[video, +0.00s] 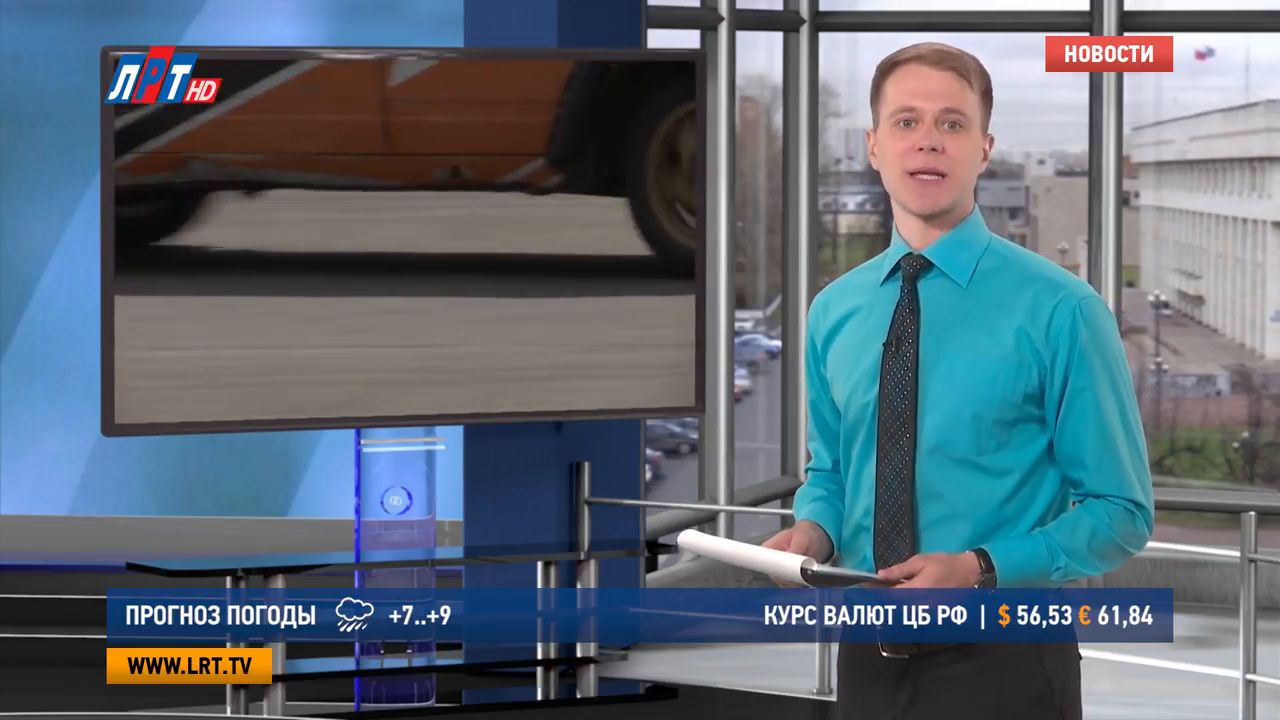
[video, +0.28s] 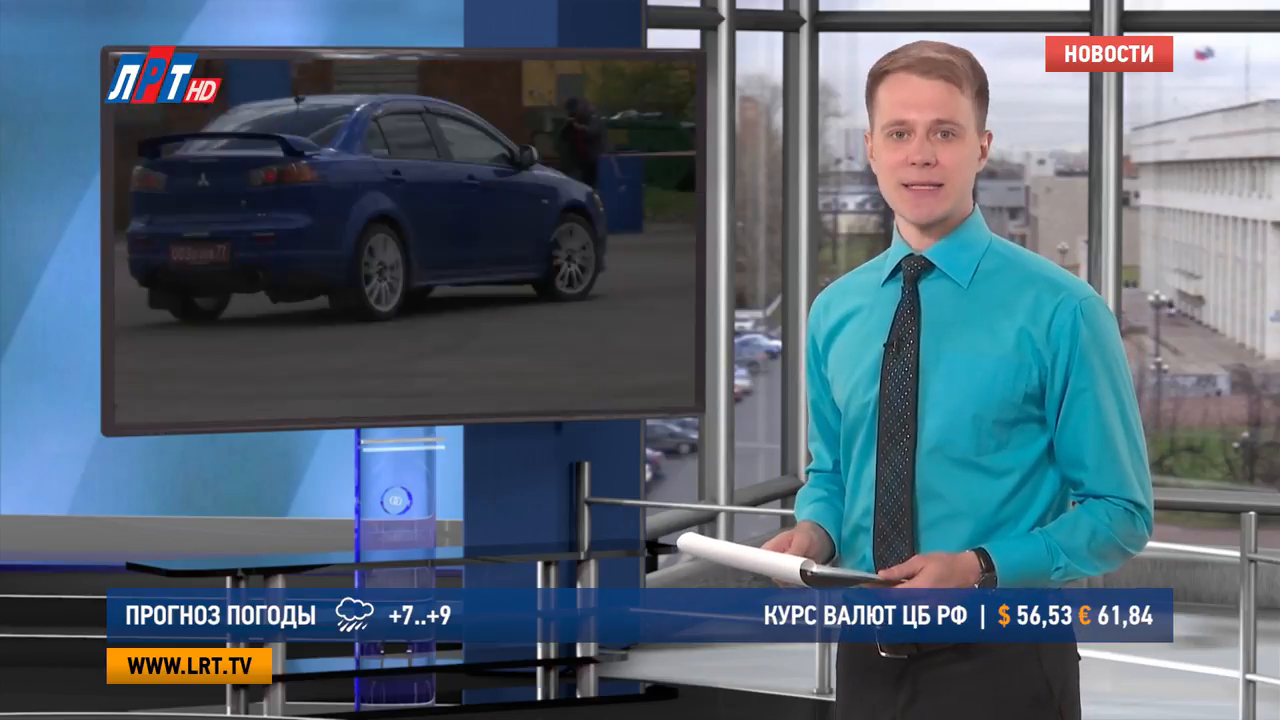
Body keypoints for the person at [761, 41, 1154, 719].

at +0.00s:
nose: (927, 142)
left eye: (952, 124)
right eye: (906, 122)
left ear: (986, 148)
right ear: (873, 147)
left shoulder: (1060, 309)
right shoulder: (832, 311)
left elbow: (1121, 509)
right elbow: (828, 473)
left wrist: (980, 568)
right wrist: (807, 535)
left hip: (1002, 662)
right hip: (867, 660)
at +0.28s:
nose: (920, 156)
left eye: (944, 133)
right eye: (899, 133)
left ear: (983, 147)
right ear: (871, 148)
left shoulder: (1061, 309)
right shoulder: (834, 311)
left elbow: (1121, 510)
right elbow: (829, 472)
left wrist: (981, 567)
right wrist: (809, 534)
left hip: (1002, 662)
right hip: (867, 659)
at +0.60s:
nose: (912, 161)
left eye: (937, 137)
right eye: (892, 138)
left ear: (982, 147)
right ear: (870, 150)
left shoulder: (1063, 310)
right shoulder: (837, 310)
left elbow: (1123, 510)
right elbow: (832, 472)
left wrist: (983, 566)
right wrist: (811, 532)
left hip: (1002, 663)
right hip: (868, 661)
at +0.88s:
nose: (910, 158)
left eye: (936, 134)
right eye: (891, 135)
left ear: (983, 146)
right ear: (871, 150)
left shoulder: (1065, 310)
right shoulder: (840, 311)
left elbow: (1125, 510)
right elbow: (834, 473)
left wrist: (984, 566)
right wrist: (814, 534)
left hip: (1004, 663)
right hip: (869, 660)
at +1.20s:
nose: (917, 155)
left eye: (943, 131)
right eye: (897, 132)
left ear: (987, 146)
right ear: (876, 148)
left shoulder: (1067, 310)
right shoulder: (842, 310)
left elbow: (1125, 511)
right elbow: (836, 474)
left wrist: (985, 564)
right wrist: (816, 530)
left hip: (1004, 664)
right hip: (870, 663)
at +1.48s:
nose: (931, 158)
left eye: (955, 136)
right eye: (910, 135)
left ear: (992, 148)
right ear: (881, 147)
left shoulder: (1069, 310)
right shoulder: (844, 310)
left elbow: (1127, 510)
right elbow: (837, 472)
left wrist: (987, 566)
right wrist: (815, 535)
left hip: (1006, 661)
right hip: (872, 658)